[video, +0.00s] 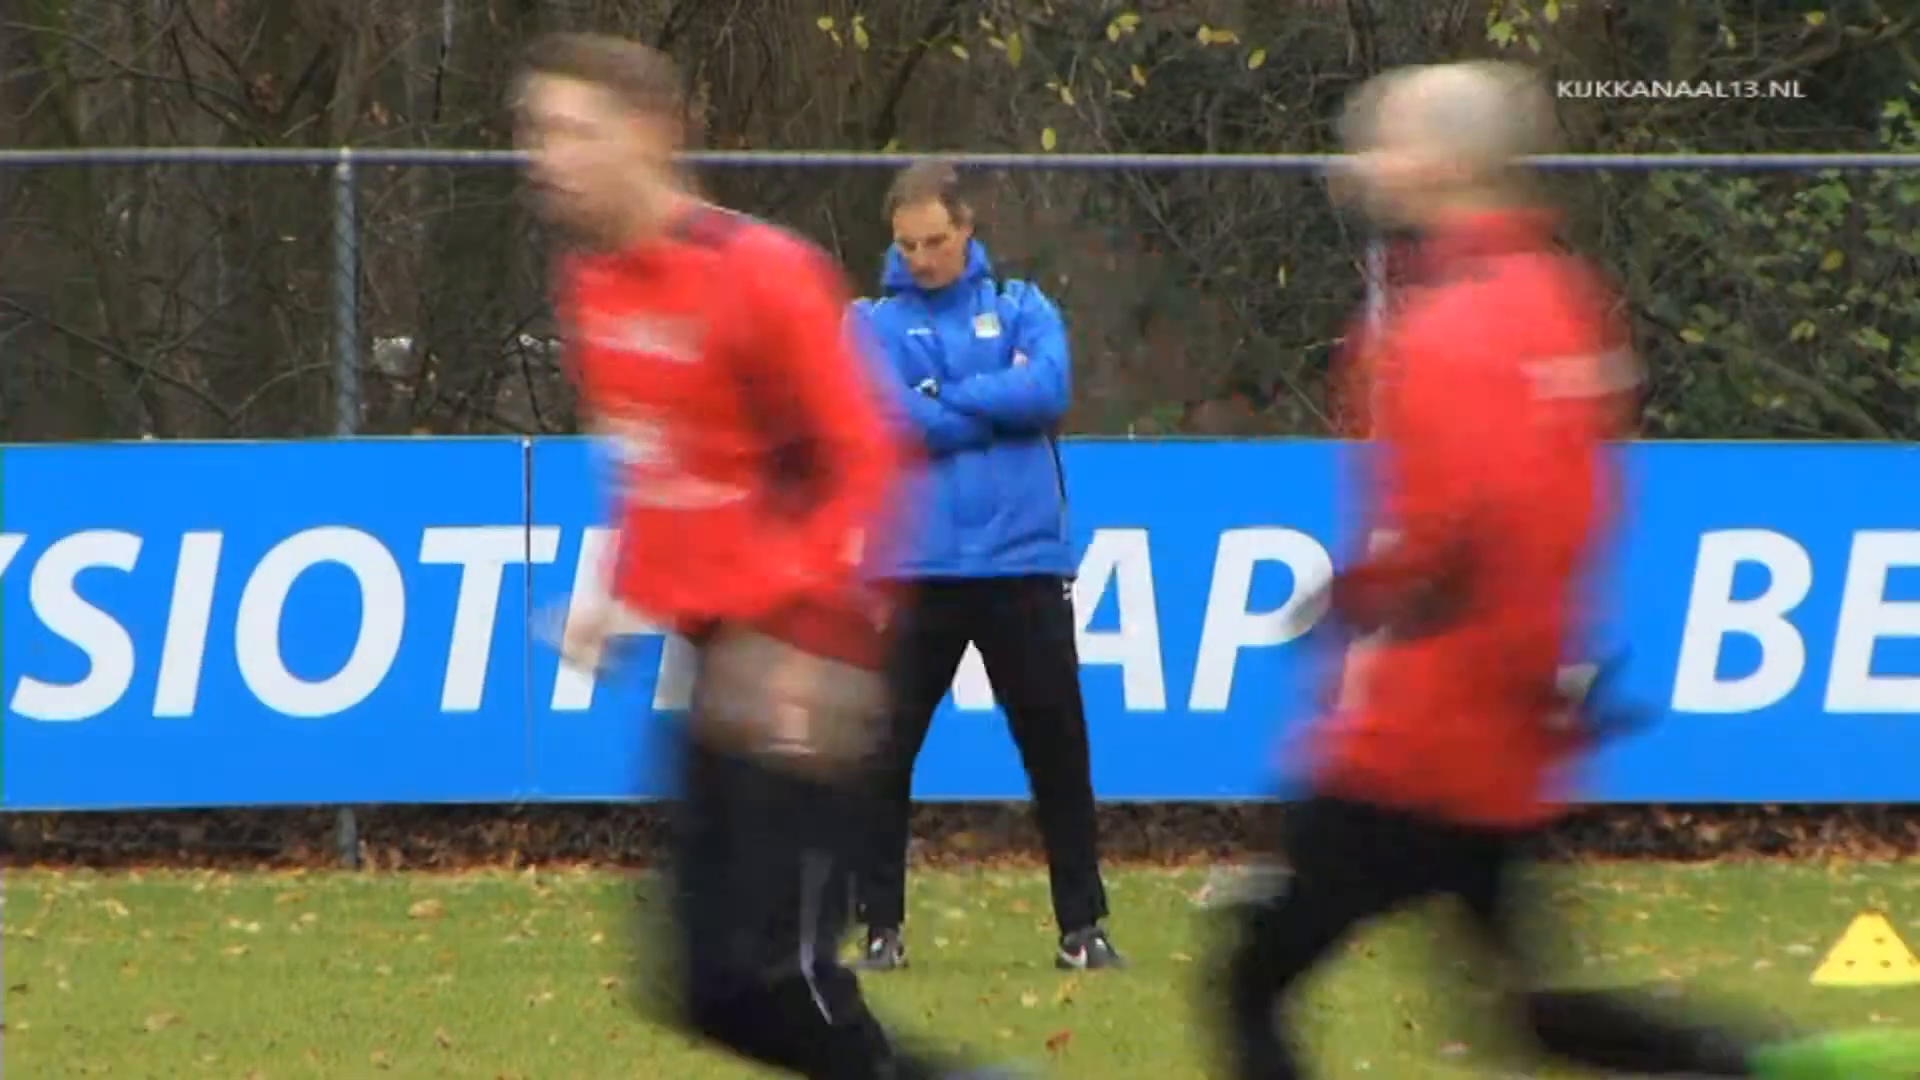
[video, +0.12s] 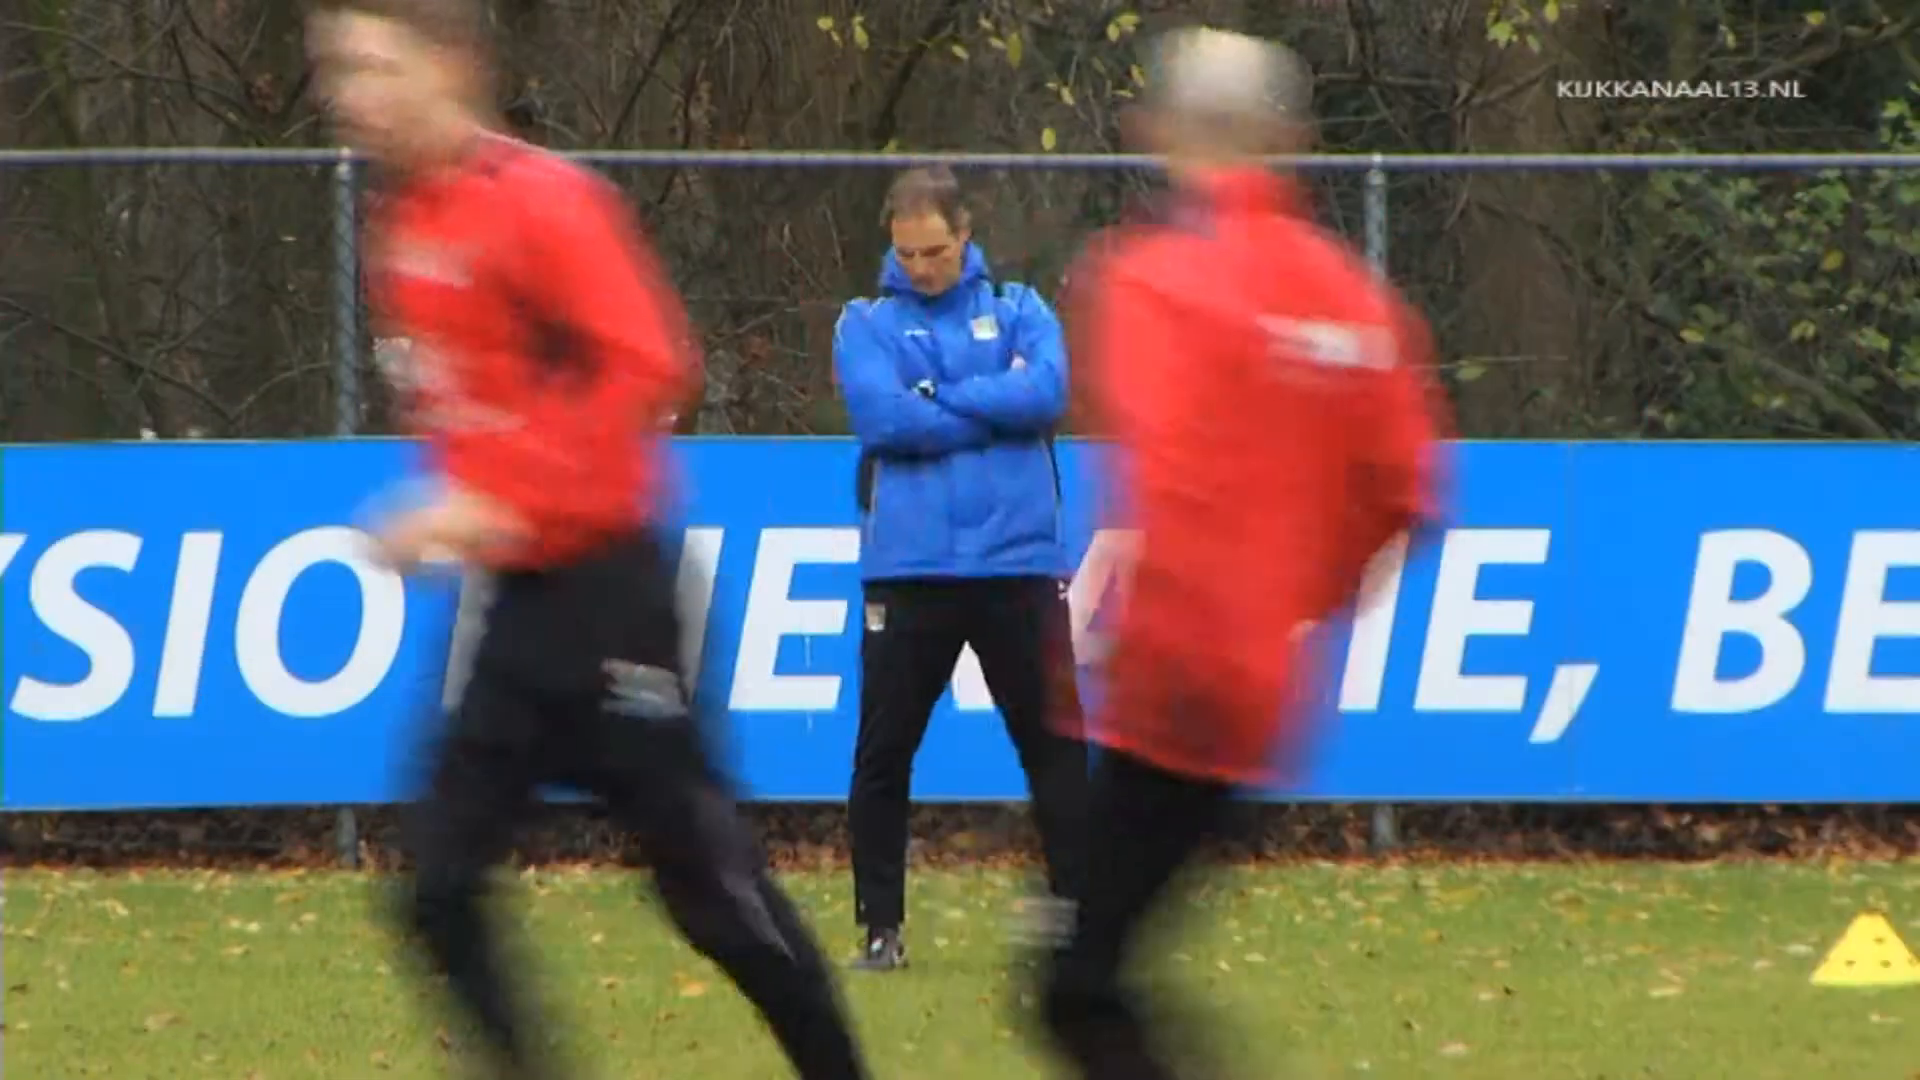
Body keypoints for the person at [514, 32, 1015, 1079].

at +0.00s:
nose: (541, 159)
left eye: (567, 131)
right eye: (536, 134)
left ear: (651, 133)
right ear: (546, 146)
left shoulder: (763, 271)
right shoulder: (595, 283)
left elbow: (872, 459)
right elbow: (659, 466)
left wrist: (814, 632)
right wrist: (621, 593)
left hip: (803, 631)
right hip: (709, 634)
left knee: (777, 976)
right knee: (713, 985)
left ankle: (906, 1072)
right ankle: (912, 1070)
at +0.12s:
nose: (351, 97)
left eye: (373, 68)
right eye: (339, 73)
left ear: (452, 69)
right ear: (332, 92)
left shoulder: (543, 196)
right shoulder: (406, 213)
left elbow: (647, 363)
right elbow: (490, 394)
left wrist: (501, 499)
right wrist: (450, 507)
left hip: (608, 571)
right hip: (526, 577)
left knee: (704, 874)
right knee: (440, 892)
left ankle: (834, 1060)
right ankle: (522, 1060)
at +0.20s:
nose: (215, 87)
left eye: (241, 57)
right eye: (207, 65)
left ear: (324, 59)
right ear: (200, 83)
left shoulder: (401, 180)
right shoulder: (272, 208)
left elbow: (513, 344)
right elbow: (348, 388)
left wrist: (333, 444)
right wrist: (301, 491)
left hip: (460, 574)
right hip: (385, 582)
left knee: (600, 883)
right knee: (320, 894)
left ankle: (796, 1063)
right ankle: (327, 1063)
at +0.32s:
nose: (55, 141)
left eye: (82, 112)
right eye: (40, 118)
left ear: (156, 118)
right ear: (25, 135)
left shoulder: (224, 242)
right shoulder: (76, 282)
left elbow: (334, 411)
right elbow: (151, 458)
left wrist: (149, 491)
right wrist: (62, 541)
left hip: (243, 630)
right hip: (163, 637)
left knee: (286, 976)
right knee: (115, 964)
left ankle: (582, 1029)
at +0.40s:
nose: (7, 126)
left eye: (15, 104)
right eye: (2, 104)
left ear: (45, 119)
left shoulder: (98, 247)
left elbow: (234, 408)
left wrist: (68, 480)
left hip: (86, 624)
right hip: (21, 625)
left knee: (55, 944)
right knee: (50, 945)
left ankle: (298, 1058)